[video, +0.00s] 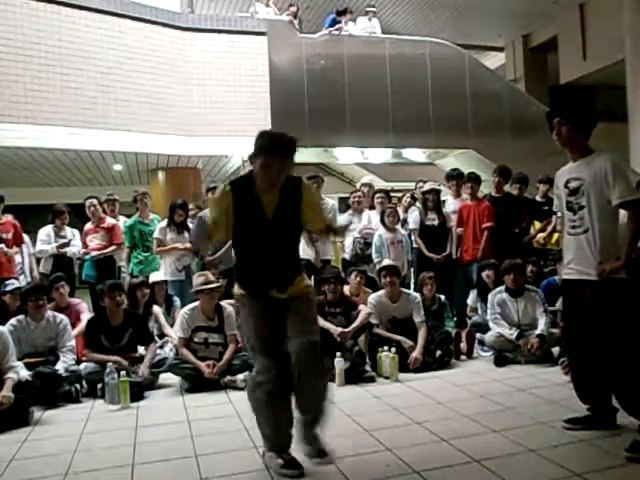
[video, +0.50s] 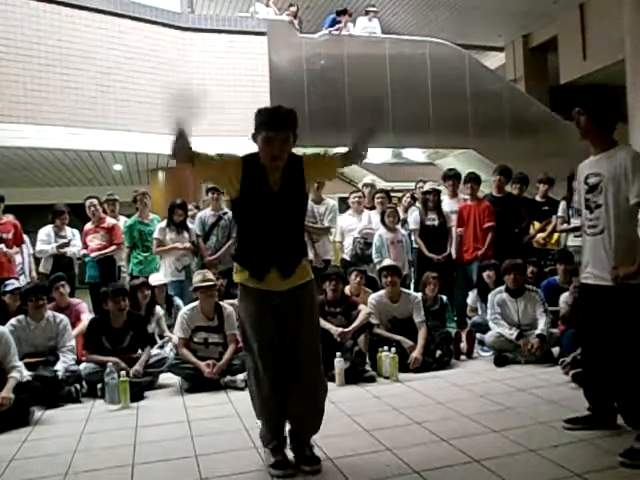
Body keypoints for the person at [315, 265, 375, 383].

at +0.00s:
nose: (332, 287)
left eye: (336, 283)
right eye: (329, 284)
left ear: (341, 286)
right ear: (323, 287)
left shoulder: (347, 300)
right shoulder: (318, 303)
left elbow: (366, 312)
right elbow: (315, 318)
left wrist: (350, 330)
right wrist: (333, 329)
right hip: (327, 342)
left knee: (364, 323)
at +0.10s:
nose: (333, 287)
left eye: (336, 283)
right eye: (329, 283)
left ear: (342, 286)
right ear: (323, 287)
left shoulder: (348, 301)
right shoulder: (318, 303)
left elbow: (366, 311)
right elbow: (315, 318)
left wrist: (350, 330)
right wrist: (333, 329)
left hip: (348, 344)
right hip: (326, 343)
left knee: (365, 323)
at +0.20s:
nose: (333, 286)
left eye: (336, 282)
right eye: (329, 283)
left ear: (342, 285)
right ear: (323, 287)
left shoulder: (347, 300)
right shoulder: (320, 303)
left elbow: (366, 311)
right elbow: (316, 318)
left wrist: (351, 330)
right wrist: (332, 328)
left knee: (365, 323)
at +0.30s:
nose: (333, 286)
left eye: (337, 282)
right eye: (329, 282)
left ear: (342, 285)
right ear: (324, 286)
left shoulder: (347, 300)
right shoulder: (320, 302)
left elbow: (366, 311)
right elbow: (316, 318)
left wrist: (350, 330)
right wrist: (332, 329)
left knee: (365, 324)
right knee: (323, 330)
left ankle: (361, 365)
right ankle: (327, 369)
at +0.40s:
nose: (333, 284)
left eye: (338, 281)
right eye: (330, 281)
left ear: (343, 285)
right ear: (324, 285)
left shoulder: (348, 300)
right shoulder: (319, 302)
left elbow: (366, 311)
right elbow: (316, 319)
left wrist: (351, 330)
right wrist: (332, 329)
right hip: (328, 343)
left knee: (365, 324)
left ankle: (362, 365)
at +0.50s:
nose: (333, 284)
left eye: (337, 281)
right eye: (330, 281)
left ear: (343, 285)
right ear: (324, 285)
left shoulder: (348, 300)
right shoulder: (320, 302)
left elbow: (366, 311)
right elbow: (316, 319)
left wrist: (350, 330)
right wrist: (333, 329)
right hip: (328, 343)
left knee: (365, 324)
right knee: (321, 330)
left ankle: (361, 365)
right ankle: (327, 370)